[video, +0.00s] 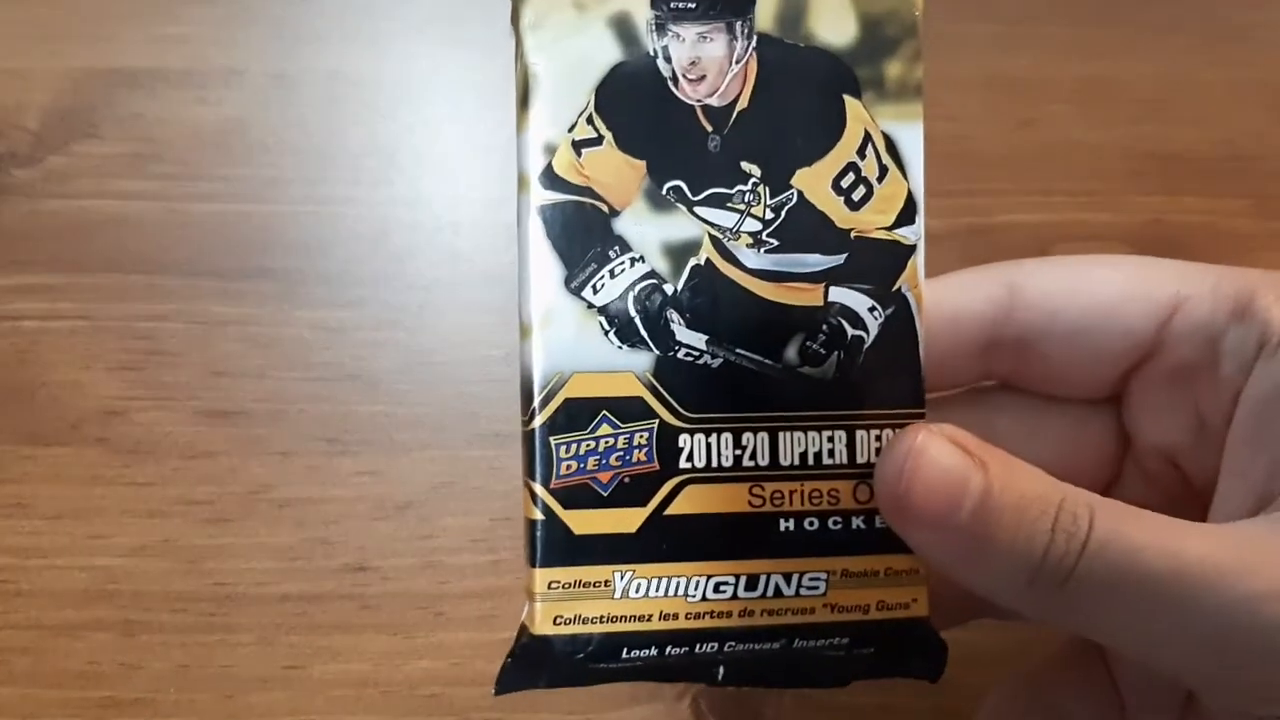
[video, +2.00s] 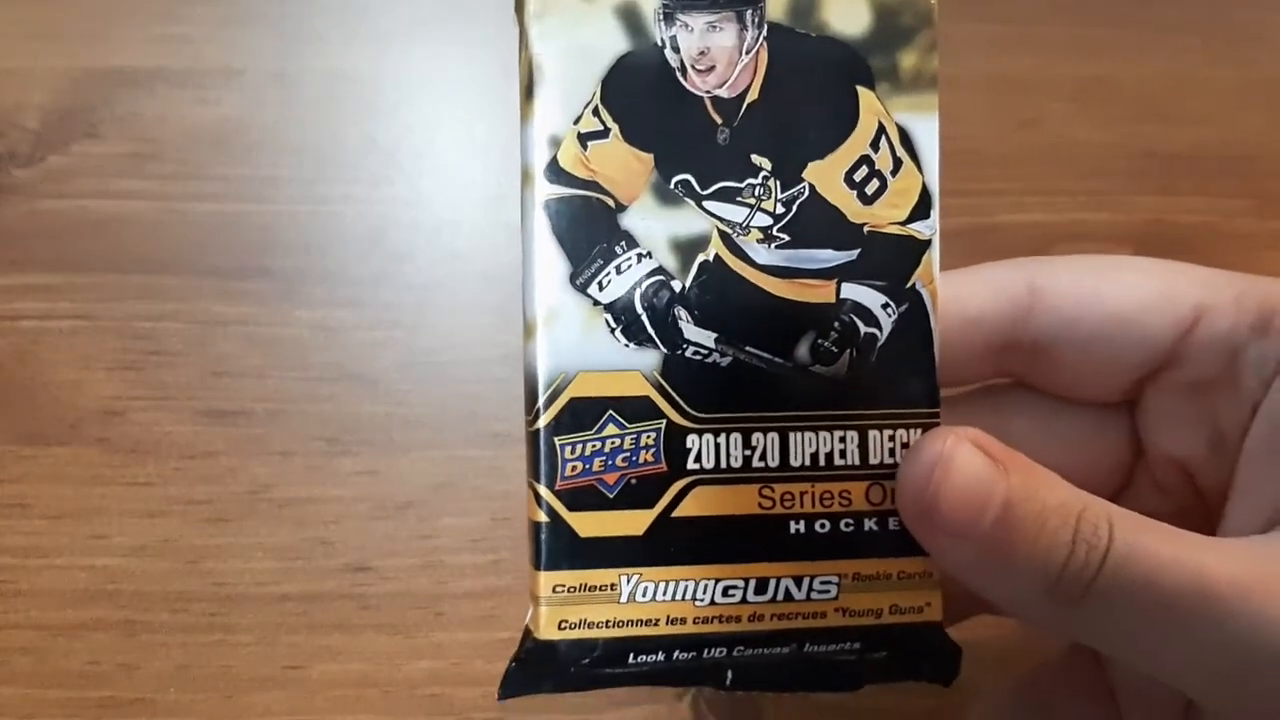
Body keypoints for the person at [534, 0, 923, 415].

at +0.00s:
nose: (687, 59)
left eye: (707, 37)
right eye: (673, 37)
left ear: (743, 34)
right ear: (658, 36)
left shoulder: (811, 90)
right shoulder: (633, 97)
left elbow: (889, 219)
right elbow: (567, 194)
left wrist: (845, 322)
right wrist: (624, 286)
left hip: (847, 288)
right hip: (733, 280)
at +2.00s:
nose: (696, 50)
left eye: (715, 28)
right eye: (681, 28)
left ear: (753, 25)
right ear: (665, 27)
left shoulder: (823, 82)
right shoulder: (639, 88)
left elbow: (903, 215)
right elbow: (574, 187)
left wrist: (859, 318)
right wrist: (629, 282)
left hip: (861, 280)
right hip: (744, 273)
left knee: (894, 439)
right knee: (676, 419)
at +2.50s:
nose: (711, 48)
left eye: (731, 26)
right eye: (695, 25)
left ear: (770, 25)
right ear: (681, 27)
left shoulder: (838, 81)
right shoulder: (658, 85)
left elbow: (918, 212)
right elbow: (591, 186)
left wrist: (879, 315)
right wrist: (651, 283)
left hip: (877, 279)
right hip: (763, 273)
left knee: (915, 437)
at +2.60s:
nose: (788, 51)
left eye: (808, 23)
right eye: (769, 30)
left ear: (850, 17)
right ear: (755, 22)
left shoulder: (921, 67)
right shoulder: (735, 72)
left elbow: (991, 202)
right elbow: (668, 177)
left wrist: (954, 311)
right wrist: (723, 275)